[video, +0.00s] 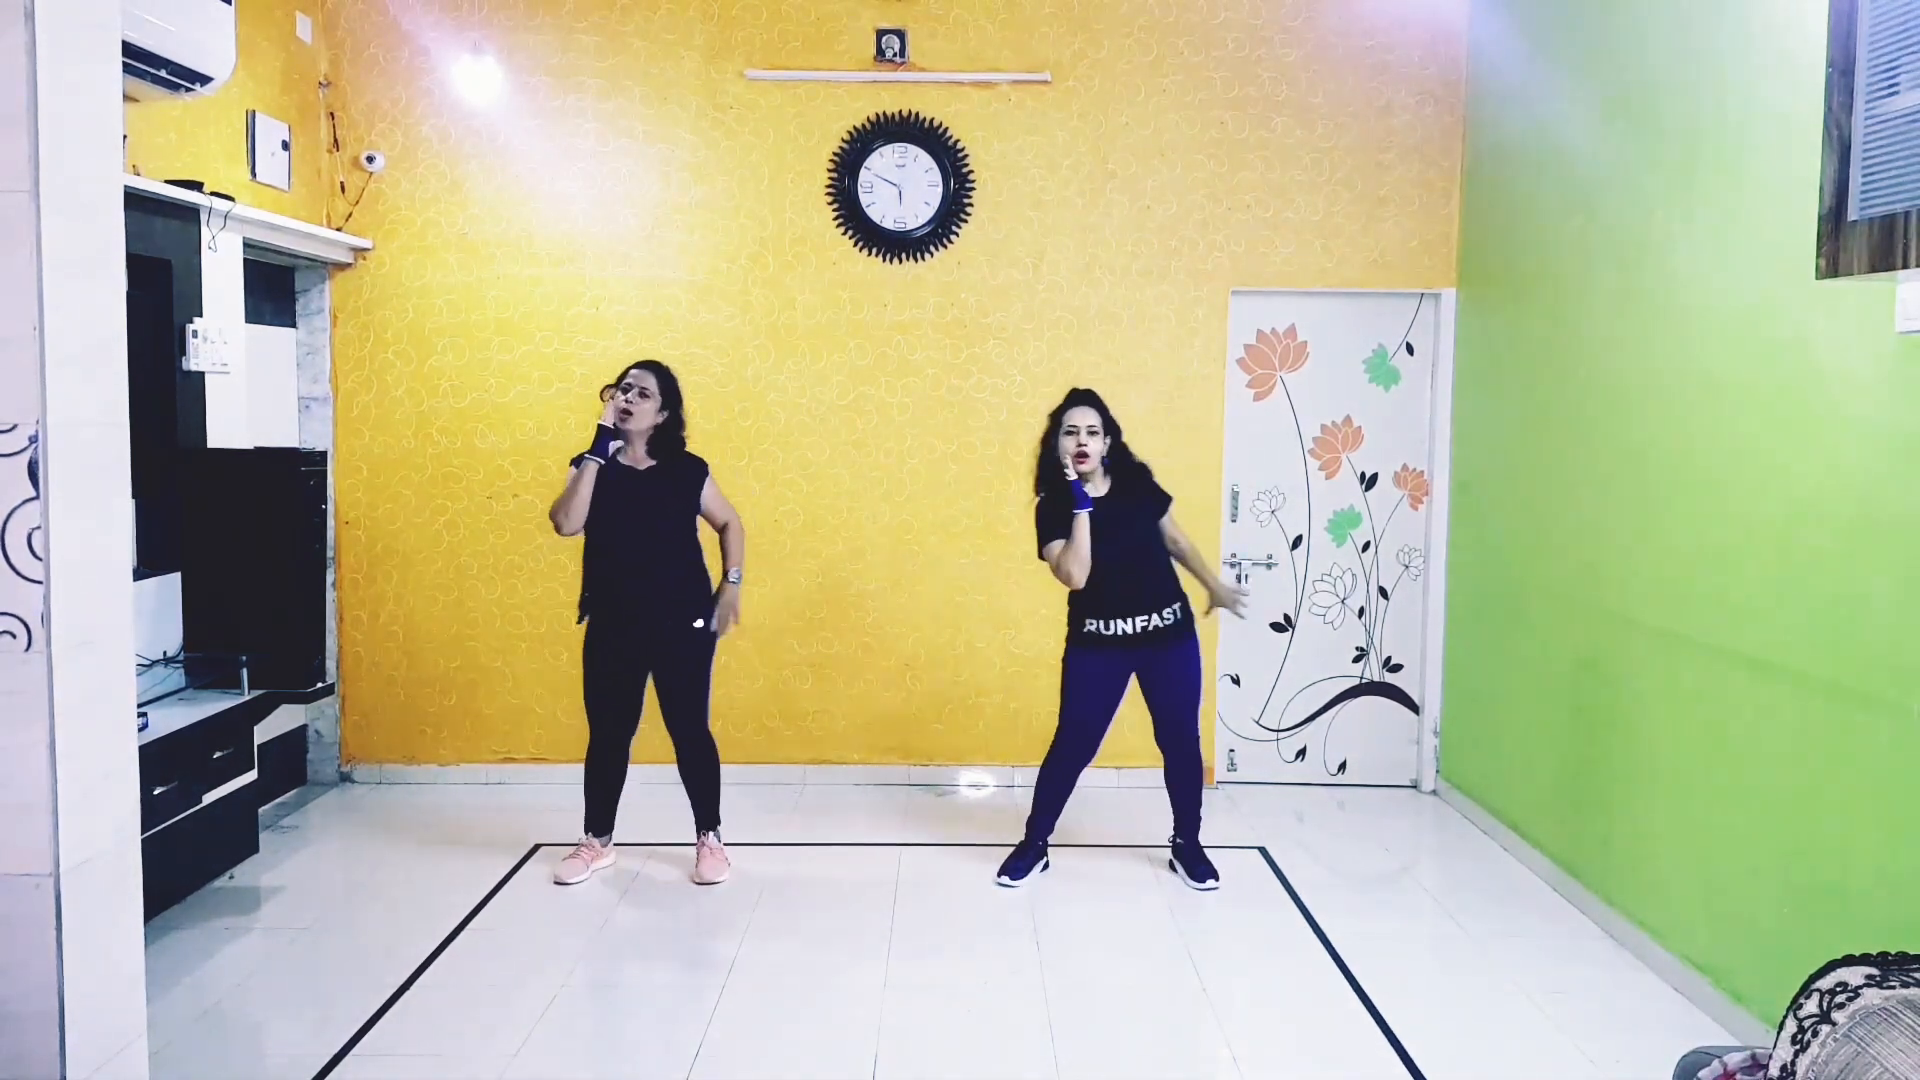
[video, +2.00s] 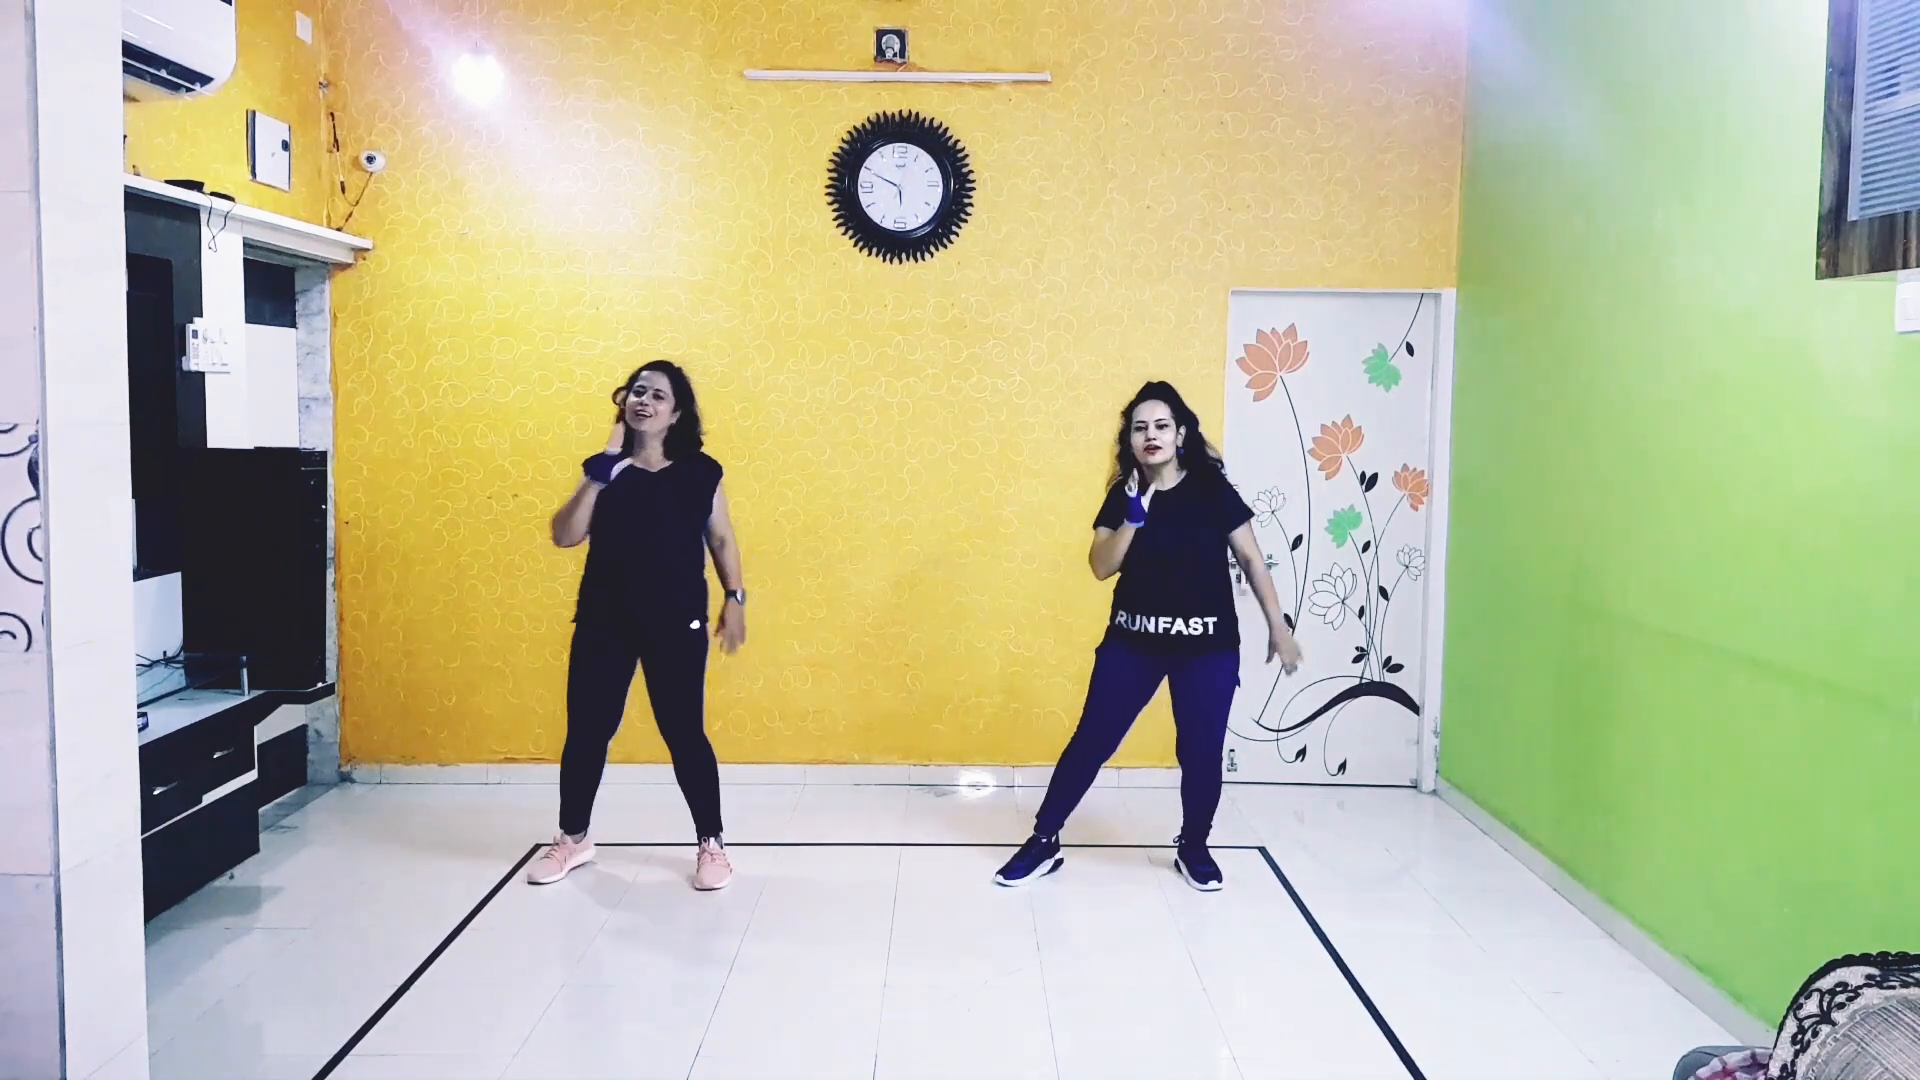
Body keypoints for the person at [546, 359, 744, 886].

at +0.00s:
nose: (625, 397)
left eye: (641, 393)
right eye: (623, 389)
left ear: (664, 413)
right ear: (612, 399)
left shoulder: (686, 471)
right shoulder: (592, 467)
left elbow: (729, 522)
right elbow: (567, 523)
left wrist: (732, 584)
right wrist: (596, 451)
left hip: (681, 624)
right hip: (612, 624)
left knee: (690, 731)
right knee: (607, 735)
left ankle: (709, 839)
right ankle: (596, 842)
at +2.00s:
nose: (641, 400)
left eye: (655, 395)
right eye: (635, 392)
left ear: (677, 412)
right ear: (622, 404)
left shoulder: (700, 474)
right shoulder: (606, 469)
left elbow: (721, 539)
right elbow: (566, 535)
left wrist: (735, 598)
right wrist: (601, 471)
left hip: (675, 625)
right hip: (604, 622)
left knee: (684, 734)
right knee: (585, 731)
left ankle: (710, 845)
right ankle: (572, 837)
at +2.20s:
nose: (614, 410)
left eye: (629, 405)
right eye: (608, 401)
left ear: (649, 422)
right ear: (595, 412)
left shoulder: (673, 482)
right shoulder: (571, 481)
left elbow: (690, 550)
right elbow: (541, 532)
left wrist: (700, 539)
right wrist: (534, 539)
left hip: (632, 633)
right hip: (566, 629)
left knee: (637, 737)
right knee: (573, 736)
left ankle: (687, 841)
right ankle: (574, 842)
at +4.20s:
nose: (646, 415)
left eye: (660, 410)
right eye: (640, 407)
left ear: (681, 423)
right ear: (626, 417)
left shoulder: (705, 481)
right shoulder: (611, 490)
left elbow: (743, 541)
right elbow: (611, 560)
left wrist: (774, 549)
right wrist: (571, 597)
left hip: (720, 623)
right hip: (654, 628)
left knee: (725, 729)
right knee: (610, 730)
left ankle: (739, 845)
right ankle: (601, 849)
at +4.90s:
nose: (655, 420)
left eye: (669, 413)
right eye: (648, 412)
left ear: (691, 428)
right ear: (637, 423)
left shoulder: (715, 489)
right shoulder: (616, 491)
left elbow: (758, 549)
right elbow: (587, 559)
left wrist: (740, 526)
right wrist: (564, 557)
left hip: (696, 640)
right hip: (624, 639)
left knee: (712, 744)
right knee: (607, 746)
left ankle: (731, 847)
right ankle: (604, 848)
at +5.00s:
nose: (663, 408)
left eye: (676, 401)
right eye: (655, 399)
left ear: (697, 413)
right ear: (643, 408)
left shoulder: (721, 464)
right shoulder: (624, 462)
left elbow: (779, 465)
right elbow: (564, 469)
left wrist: (745, 406)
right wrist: (590, 406)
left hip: (701, 623)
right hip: (629, 621)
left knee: (715, 737)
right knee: (614, 734)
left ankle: (732, 845)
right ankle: (603, 845)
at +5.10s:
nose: (668, 384)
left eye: (682, 378)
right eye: (662, 375)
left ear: (702, 388)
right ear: (649, 380)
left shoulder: (718, 424)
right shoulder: (631, 413)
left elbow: (761, 377)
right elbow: (592, 356)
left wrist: (757, 306)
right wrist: (607, 285)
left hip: (701, 586)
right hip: (634, 585)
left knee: (717, 715)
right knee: (612, 711)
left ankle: (737, 835)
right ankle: (590, 830)